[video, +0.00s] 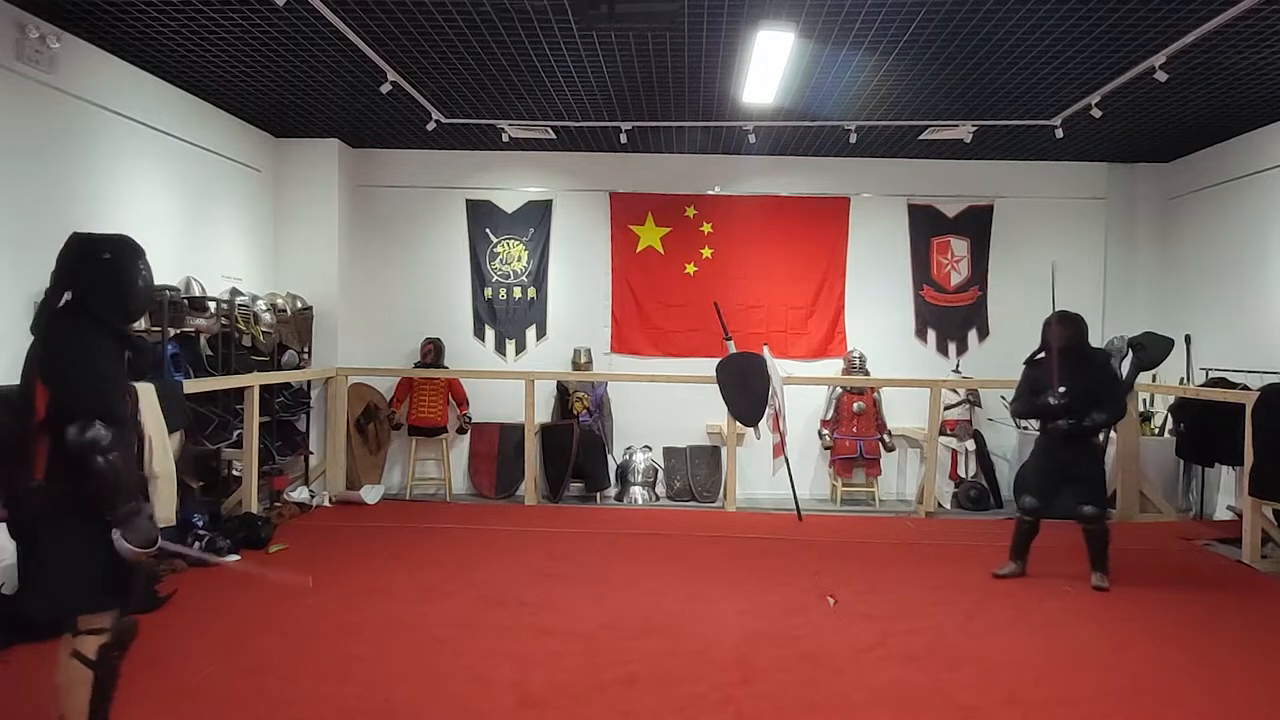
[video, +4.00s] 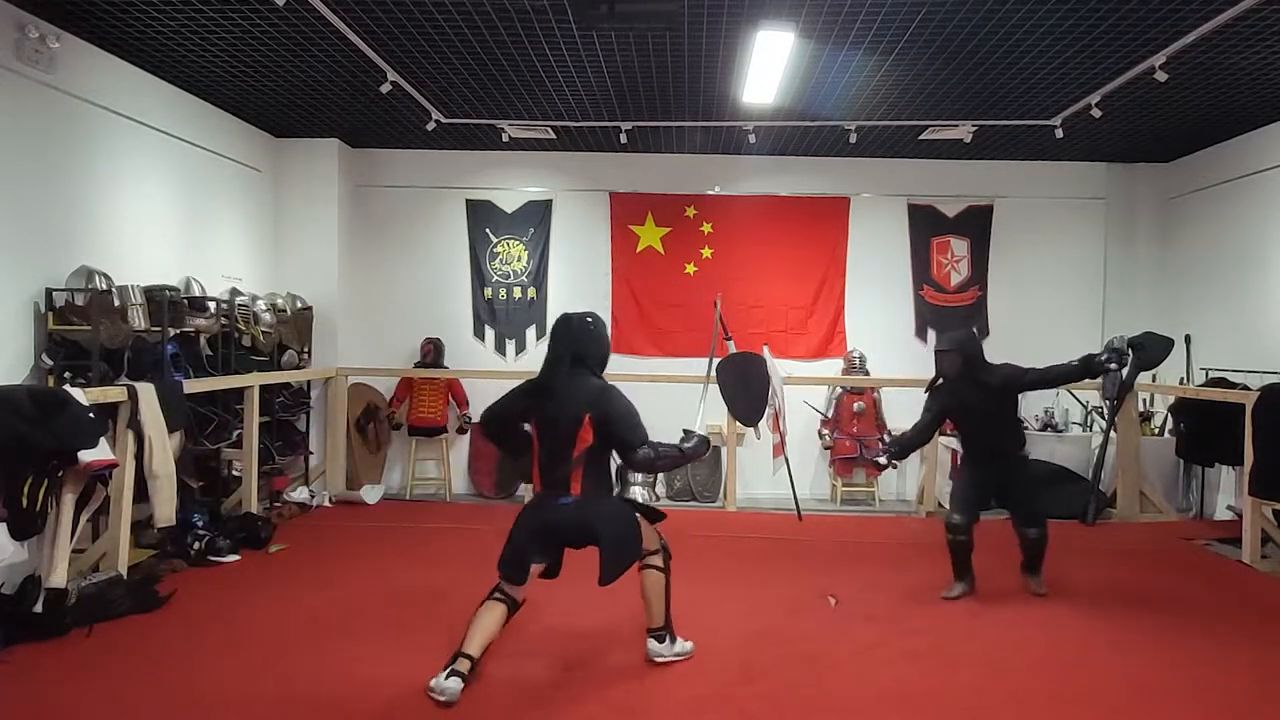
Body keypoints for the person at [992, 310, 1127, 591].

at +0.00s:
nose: (1059, 350)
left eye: (1065, 343)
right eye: (1053, 343)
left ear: (1079, 339)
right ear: (1046, 340)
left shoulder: (1098, 362)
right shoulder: (1037, 366)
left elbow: (1117, 406)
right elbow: (1018, 408)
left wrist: (1085, 424)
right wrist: (1044, 404)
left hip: (1086, 447)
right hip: (1048, 444)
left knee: (1090, 508)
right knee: (1029, 501)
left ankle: (1098, 571)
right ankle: (1017, 561)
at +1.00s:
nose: (1031, 335)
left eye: (1038, 328)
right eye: (1026, 329)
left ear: (1052, 331)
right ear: (1020, 333)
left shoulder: (1075, 359)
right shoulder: (1014, 368)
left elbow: (1112, 391)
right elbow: (1000, 410)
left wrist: (1124, 421)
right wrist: (996, 445)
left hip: (1067, 446)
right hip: (1029, 445)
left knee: (1076, 512)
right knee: (1016, 505)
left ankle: (1088, 574)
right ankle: (1016, 562)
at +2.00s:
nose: (990, 342)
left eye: (996, 335)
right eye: (986, 336)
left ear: (1013, 335)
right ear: (983, 338)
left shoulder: (1043, 360)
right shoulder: (981, 370)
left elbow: (1087, 382)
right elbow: (948, 397)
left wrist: (1135, 399)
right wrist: (917, 411)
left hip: (1038, 453)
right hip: (1000, 455)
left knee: (1047, 522)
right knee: (991, 518)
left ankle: (1057, 574)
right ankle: (990, 581)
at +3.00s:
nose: (881, 354)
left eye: (887, 348)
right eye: (880, 348)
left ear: (908, 348)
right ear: (881, 351)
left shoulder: (942, 371)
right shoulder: (880, 382)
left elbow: (985, 380)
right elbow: (841, 397)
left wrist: (1028, 388)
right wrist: (798, 403)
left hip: (955, 463)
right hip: (915, 466)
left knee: (985, 534)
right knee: (896, 528)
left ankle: (1013, 577)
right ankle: (899, 596)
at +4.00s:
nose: (942, 362)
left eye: (948, 355)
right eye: (940, 355)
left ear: (967, 354)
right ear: (938, 357)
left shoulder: (1002, 377)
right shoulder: (944, 393)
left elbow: (1048, 375)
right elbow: (924, 428)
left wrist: (1091, 364)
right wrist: (895, 450)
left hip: (1012, 462)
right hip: (973, 465)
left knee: (1033, 529)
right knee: (957, 523)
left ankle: (1032, 573)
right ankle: (963, 580)